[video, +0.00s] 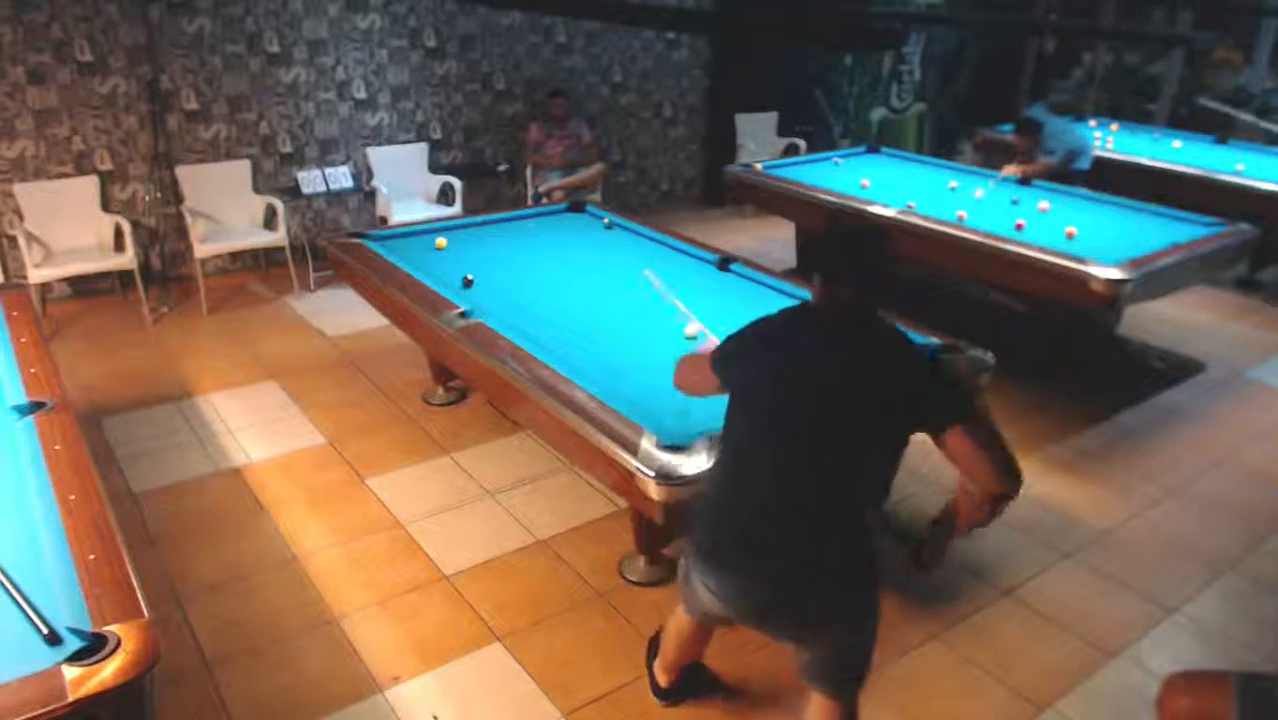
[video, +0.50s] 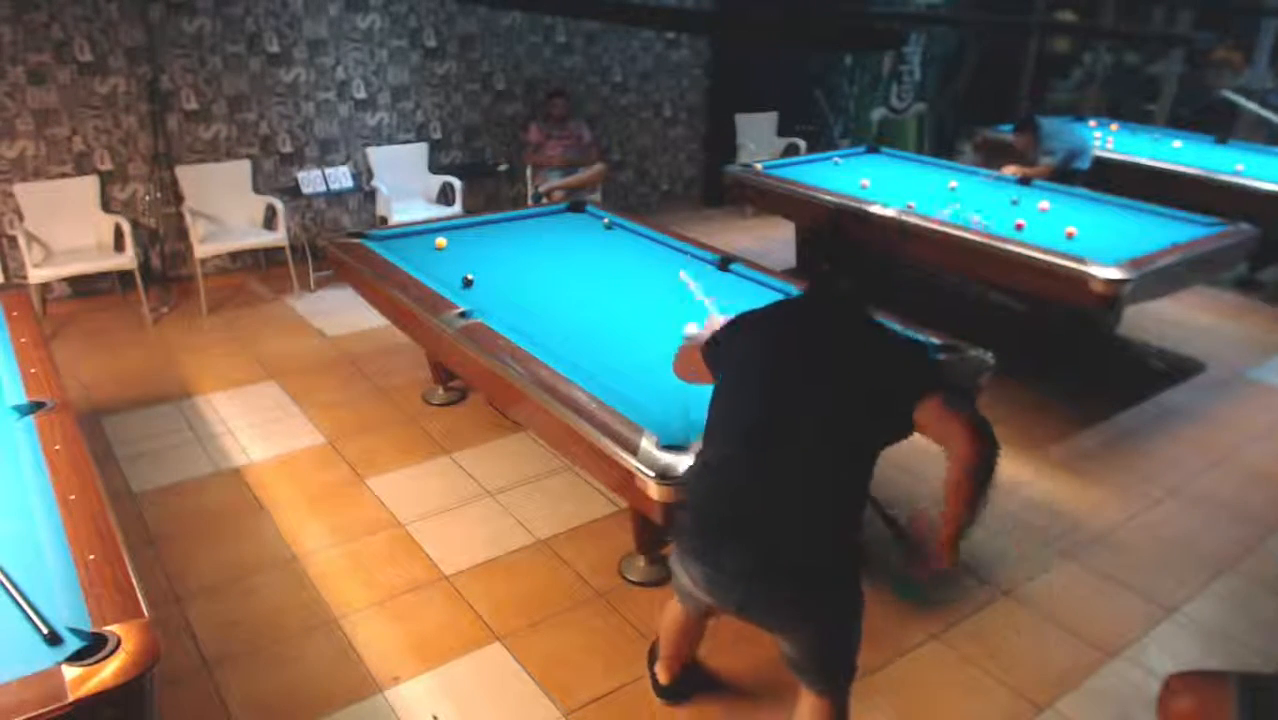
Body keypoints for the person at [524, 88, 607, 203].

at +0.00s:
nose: (559, 110)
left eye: (562, 106)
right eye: (555, 107)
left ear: (568, 107)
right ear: (548, 108)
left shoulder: (578, 126)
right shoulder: (538, 128)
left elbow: (591, 153)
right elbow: (529, 156)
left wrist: (567, 160)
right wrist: (552, 162)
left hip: (576, 166)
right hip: (550, 170)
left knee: (600, 168)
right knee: (558, 196)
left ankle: (551, 186)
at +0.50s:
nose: (559, 110)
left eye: (563, 106)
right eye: (555, 106)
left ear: (568, 107)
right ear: (548, 108)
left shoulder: (578, 126)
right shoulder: (538, 127)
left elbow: (592, 154)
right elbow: (529, 156)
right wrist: (555, 161)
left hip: (576, 166)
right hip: (549, 170)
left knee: (600, 169)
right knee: (559, 196)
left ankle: (551, 186)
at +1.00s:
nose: (559, 110)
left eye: (563, 106)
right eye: (555, 106)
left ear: (568, 107)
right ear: (548, 108)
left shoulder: (578, 126)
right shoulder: (539, 127)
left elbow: (591, 153)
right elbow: (529, 156)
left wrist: (570, 160)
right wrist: (555, 161)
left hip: (575, 166)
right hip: (549, 169)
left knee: (600, 168)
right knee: (558, 196)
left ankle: (553, 185)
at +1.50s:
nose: (562, 111)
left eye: (565, 107)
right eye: (558, 107)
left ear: (570, 108)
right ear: (551, 108)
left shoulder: (579, 126)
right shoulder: (540, 127)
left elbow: (593, 154)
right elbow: (529, 157)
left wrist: (570, 160)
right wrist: (554, 162)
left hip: (577, 166)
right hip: (550, 170)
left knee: (601, 169)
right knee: (558, 196)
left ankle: (552, 185)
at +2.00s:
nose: (563, 110)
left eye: (566, 106)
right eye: (559, 106)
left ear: (571, 107)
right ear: (551, 108)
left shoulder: (579, 125)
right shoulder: (539, 126)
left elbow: (592, 154)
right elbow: (528, 157)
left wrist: (570, 160)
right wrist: (554, 162)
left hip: (575, 167)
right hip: (549, 171)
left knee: (601, 168)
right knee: (558, 196)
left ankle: (550, 187)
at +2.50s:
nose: (565, 111)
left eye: (568, 107)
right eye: (561, 107)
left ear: (572, 108)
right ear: (552, 108)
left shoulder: (579, 126)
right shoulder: (539, 127)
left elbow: (593, 155)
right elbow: (529, 157)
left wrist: (571, 161)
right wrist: (555, 161)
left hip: (576, 166)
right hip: (551, 169)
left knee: (601, 169)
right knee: (559, 196)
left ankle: (551, 186)